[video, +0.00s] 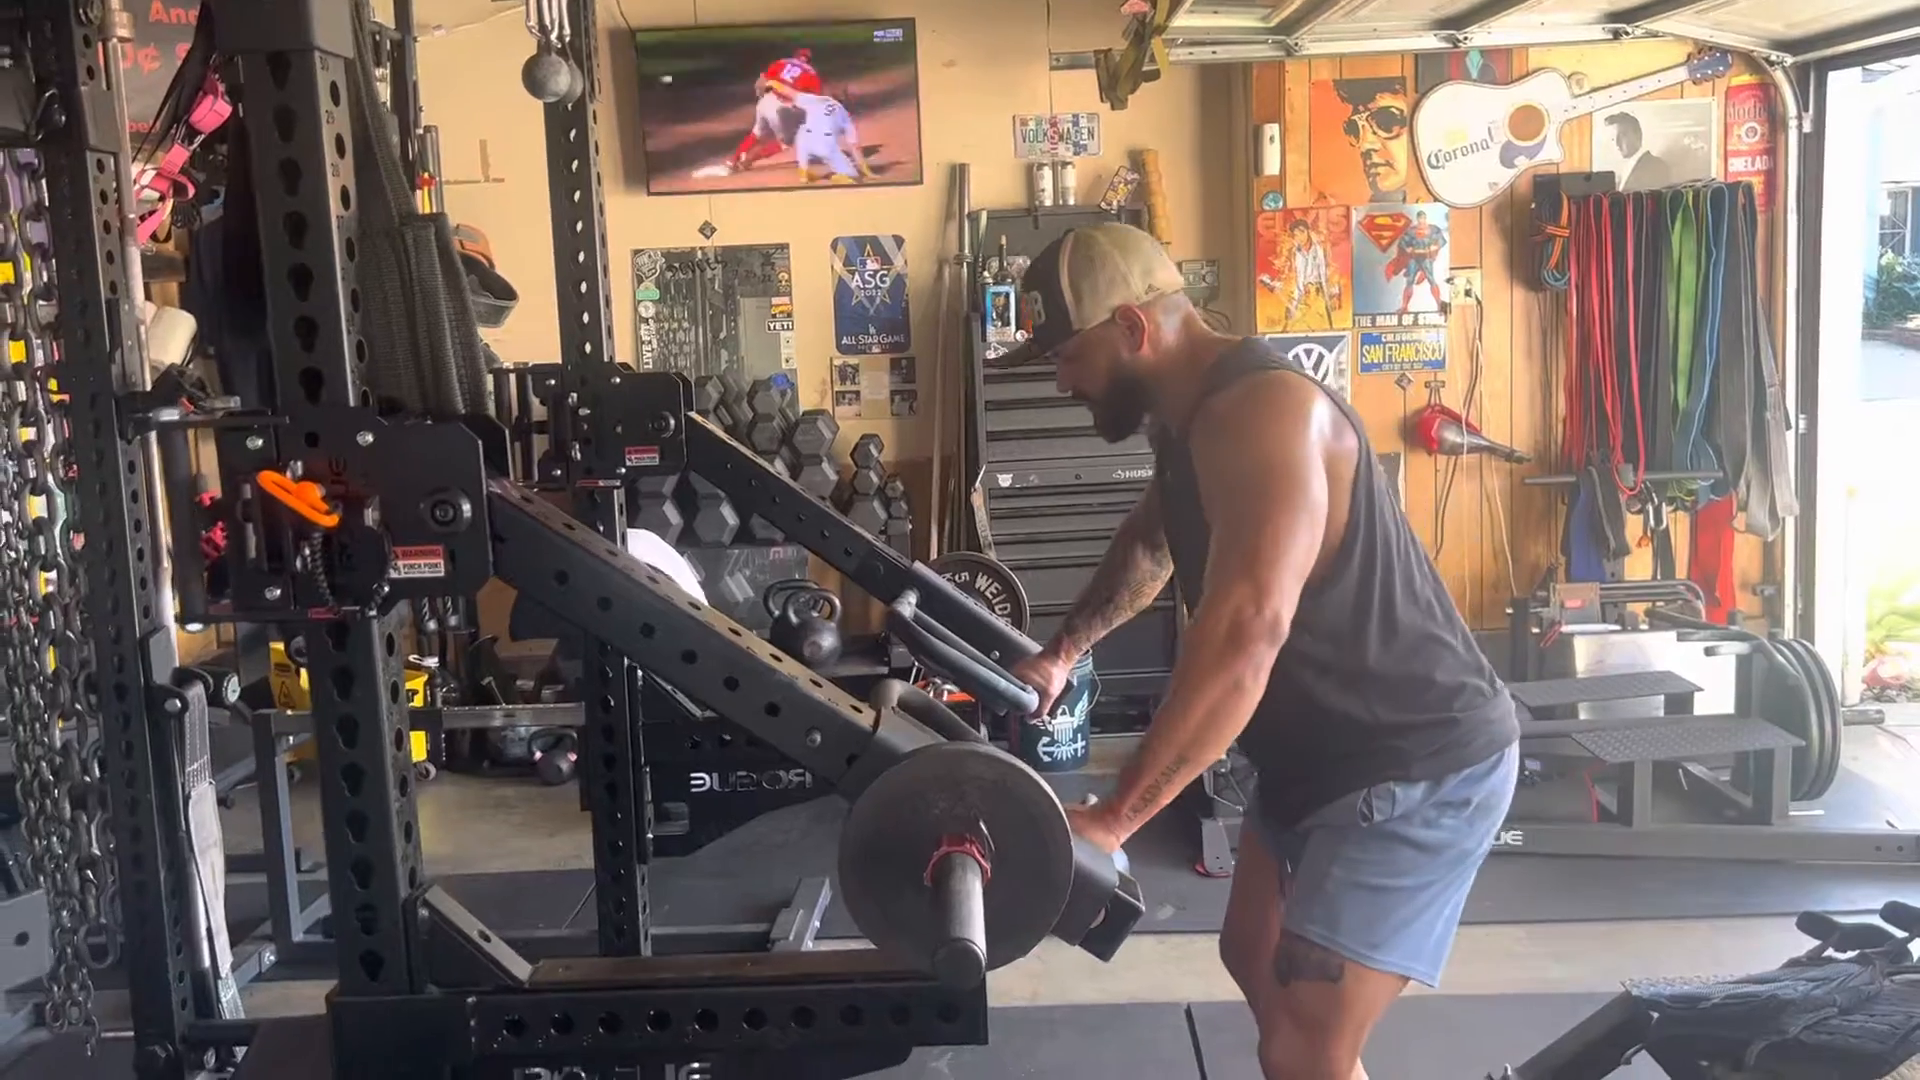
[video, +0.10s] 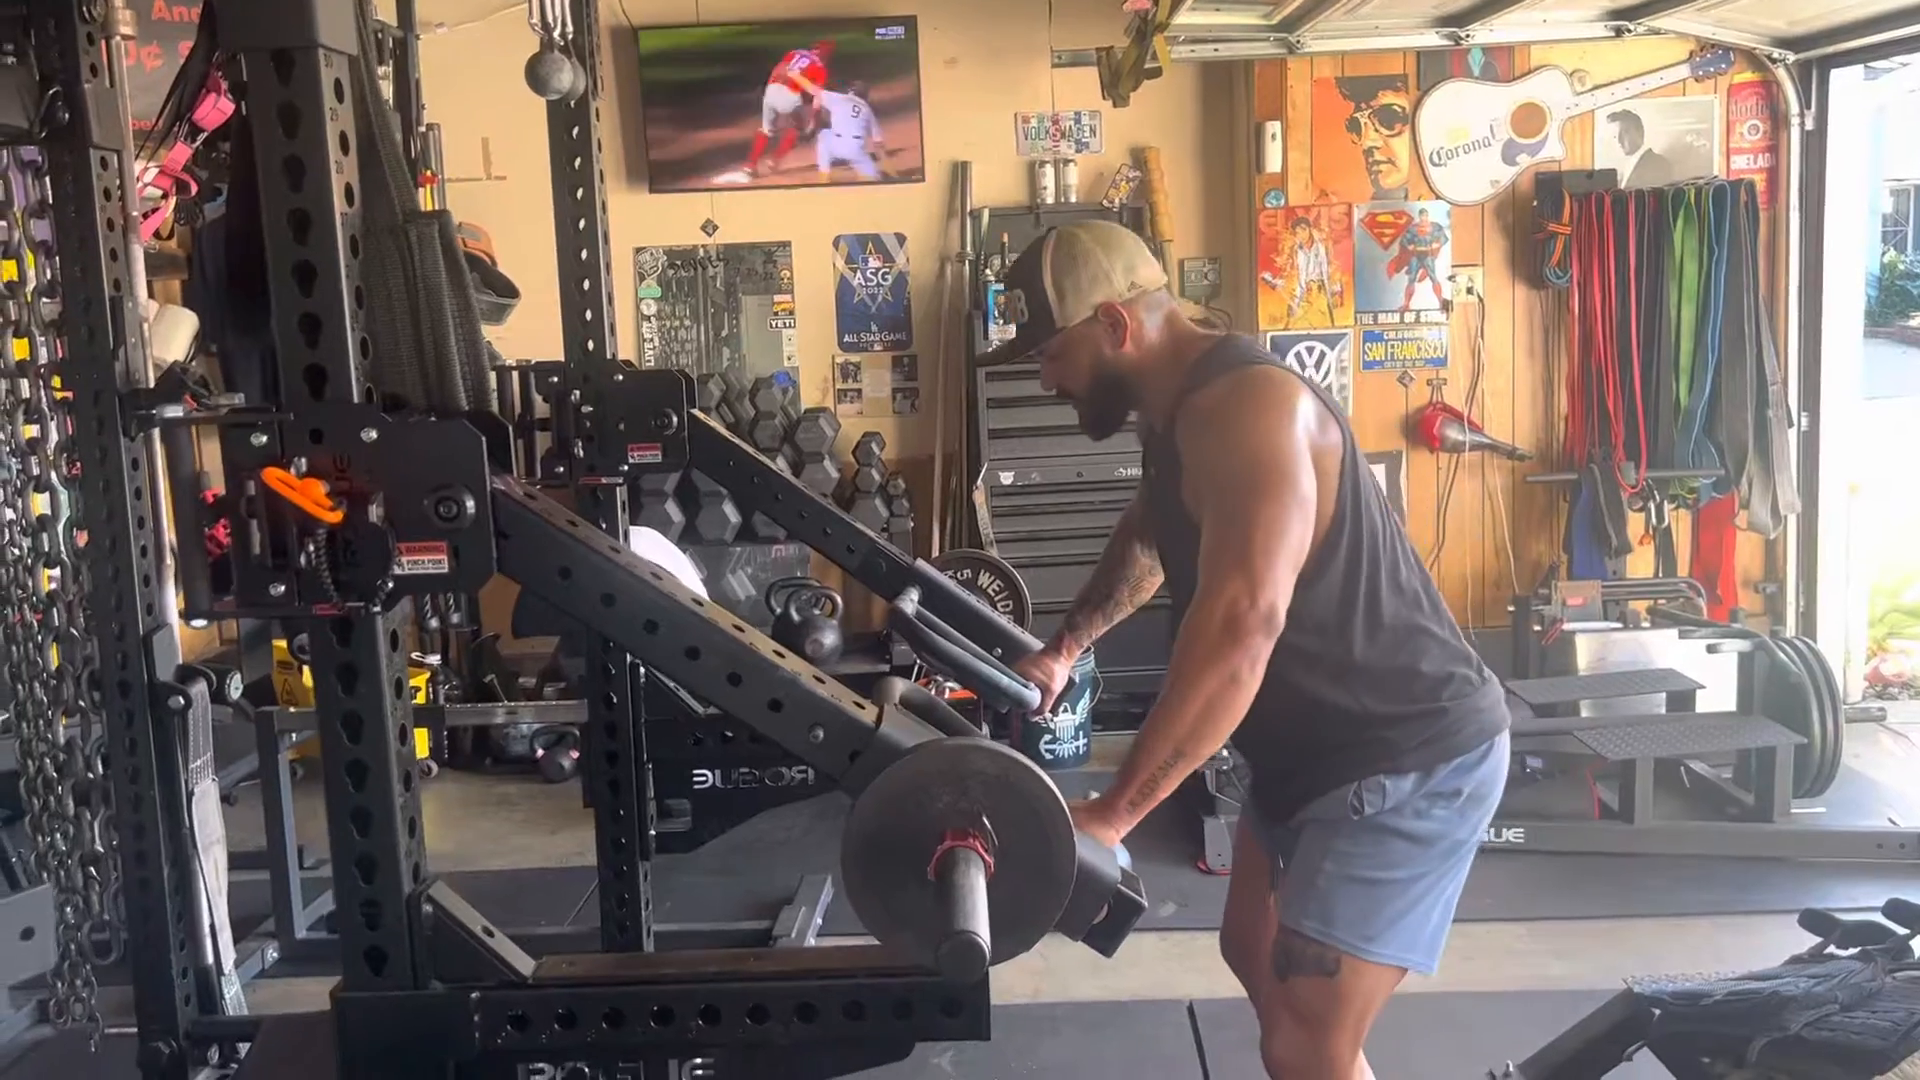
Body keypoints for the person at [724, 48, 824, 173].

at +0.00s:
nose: (803, 60)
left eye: (803, 58)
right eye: (805, 58)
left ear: (795, 56)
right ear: (808, 59)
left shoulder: (781, 63)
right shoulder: (812, 74)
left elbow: (764, 78)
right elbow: (814, 97)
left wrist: (760, 92)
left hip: (766, 99)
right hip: (783, 107)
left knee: (756, 133)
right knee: (784, 143)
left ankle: (734, 159)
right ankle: (749, 158)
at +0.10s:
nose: (827, 59)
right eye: (828, 56)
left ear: (814, 49)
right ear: (826, 55)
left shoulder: (794, 53)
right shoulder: (820, 68)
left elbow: (778, 70)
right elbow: (817, 96)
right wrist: (813, 119)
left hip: (771, 89)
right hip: (790, 95)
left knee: (766, 130)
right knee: (797, 127)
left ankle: (751, 165)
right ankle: (775, 159)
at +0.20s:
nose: (845, 53)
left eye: (845, 50)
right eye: (845, 50)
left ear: (833, 41)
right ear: (842, 47)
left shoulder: (810, 47)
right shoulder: (832, 57)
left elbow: (796, 66)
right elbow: (826, 81)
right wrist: (820, 104)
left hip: (787, 82)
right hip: (806, 87)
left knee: (783, 129)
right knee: (812, 124)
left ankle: (772, 170)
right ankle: (807, 164)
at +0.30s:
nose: (846, 42)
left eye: (847, 39)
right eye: (846, 39)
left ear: (834, 30)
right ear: (842, 35)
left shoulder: (817, 39)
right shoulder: (832, 45)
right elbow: (822, 67)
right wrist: (836, 89)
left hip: (793, 80)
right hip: (810, 83)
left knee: (792, 127)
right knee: (821, 125)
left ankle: (786, 170)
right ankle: (827, 165)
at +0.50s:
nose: (833, 28)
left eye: (833, 24)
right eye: (832, 24)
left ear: (821, 20)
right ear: (827, 22)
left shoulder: (809, 31)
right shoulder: (820, 36)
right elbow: (815, 64)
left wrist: (848, 63)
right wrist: (827, 87)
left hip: (799, 71)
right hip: (810, 71)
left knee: (800, 110)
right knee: (827, 108)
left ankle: (796, 148)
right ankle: (833, 146)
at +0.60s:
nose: (822, 14)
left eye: (822, 10)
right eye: (821, 10)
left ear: (808, 9)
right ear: (816, 10)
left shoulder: (799, 21)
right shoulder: (811, 24)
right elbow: (809, 43)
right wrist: (817, 57)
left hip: (794, 55)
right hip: (808, 55)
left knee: (794, 90)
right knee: (820, 88)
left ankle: (793, 126)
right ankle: (826, 118)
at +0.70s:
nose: (808, 6)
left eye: (806, 5)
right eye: (807, 5)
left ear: (796, 4)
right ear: (805, 5)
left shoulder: (789, 12)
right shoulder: (805, 16)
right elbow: (806, 32)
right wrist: (817, 44)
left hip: (788, 44)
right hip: (802, 45)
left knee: (788, 78)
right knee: (811, 70)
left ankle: (788, 109)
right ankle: (813, 97)